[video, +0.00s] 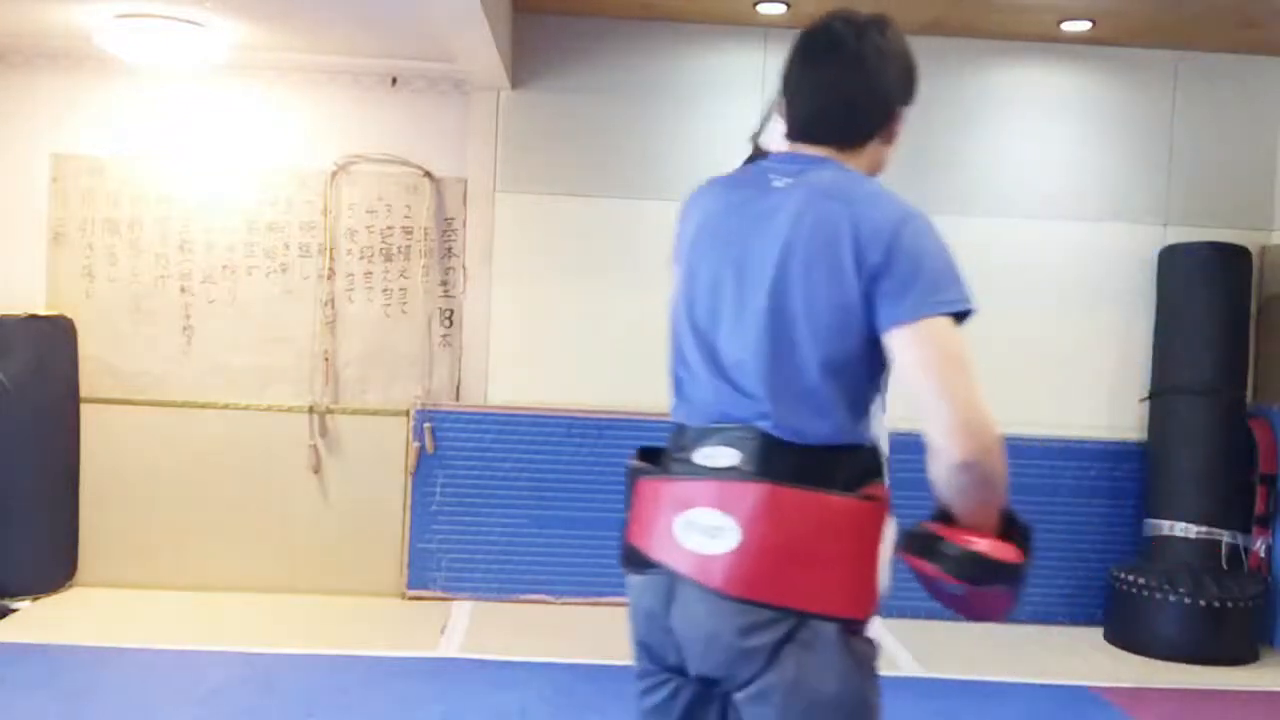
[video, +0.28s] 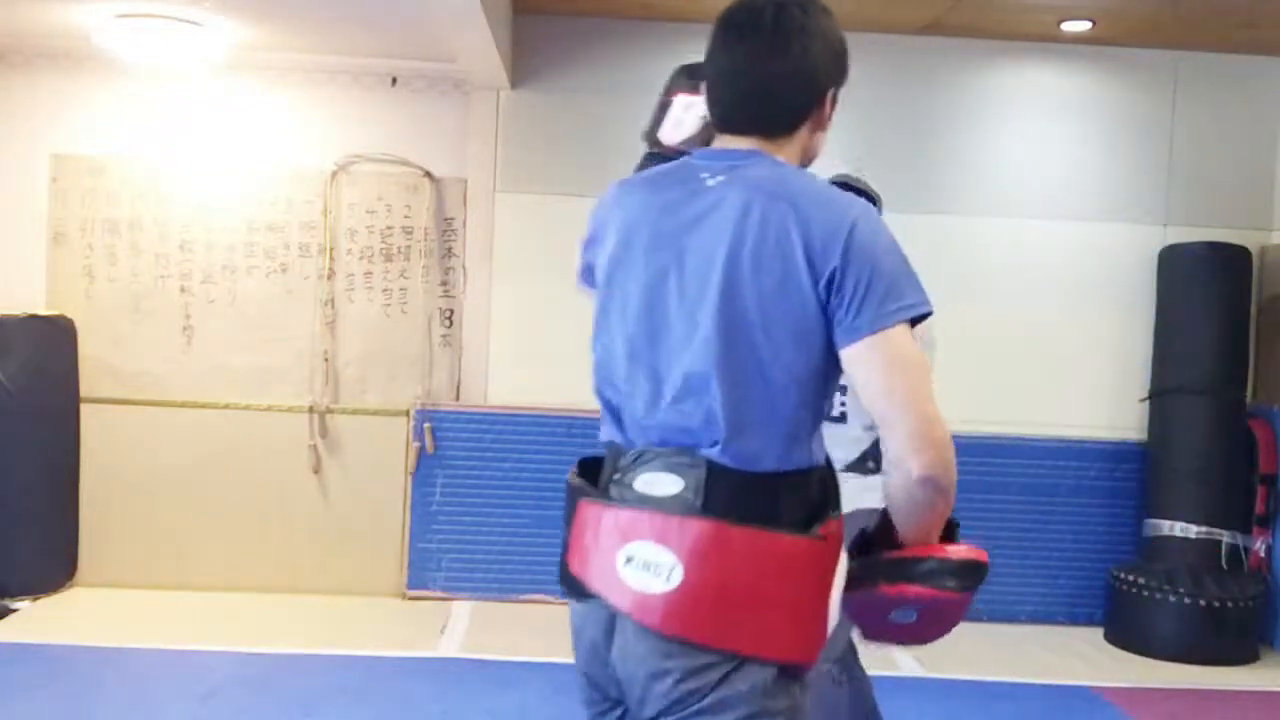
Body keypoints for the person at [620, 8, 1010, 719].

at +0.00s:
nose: (901, 130)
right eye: (903, 115)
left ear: (787, 104)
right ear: (892, 124)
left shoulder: (706, 202)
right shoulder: (882, 222)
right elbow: (963, 447)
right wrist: (978, 531)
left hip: (663, 542)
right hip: (784, 560)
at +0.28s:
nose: (837, 114)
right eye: (838, 97)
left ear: (713, 90)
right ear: (824, 108)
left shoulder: (623, 205)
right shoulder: (837, 225)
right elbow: (924, 466)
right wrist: (902, 562)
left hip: (603, 553)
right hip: (729, 580)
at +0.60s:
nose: (769, 106)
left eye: (771, 89)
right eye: (771, 88)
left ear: (646, 76)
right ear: (753, 93)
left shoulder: (583, 187)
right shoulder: (740, 207)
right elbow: (837, 452)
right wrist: (834, 521)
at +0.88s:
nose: (722, 105)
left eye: (725, 87)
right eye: (725, 86)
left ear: (598, 80)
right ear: (709, 91)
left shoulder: (493, 204)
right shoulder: (755, 225)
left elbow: (413, 381)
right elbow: (828, 454)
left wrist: (519, 374)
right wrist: (754, 434)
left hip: (475, 586)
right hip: (632, 600)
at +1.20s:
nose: (632, 103)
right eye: (636, 85)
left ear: (506, 74)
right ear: (621, 85)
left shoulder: (405, 205)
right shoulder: (685, 223)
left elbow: (328, 433)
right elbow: (718, 447)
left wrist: (420, 448)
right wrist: (604, 447)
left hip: (445, 605)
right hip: (618, 608)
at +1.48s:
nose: (564, 105)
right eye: (566, 88)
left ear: (439, 82)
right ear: (552, 92)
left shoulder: (348, 211)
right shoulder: (619, 225)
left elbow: (278, 438)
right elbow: (665, 436)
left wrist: (374, 419)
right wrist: (550, 422)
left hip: (394, 608)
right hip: (565, 609)